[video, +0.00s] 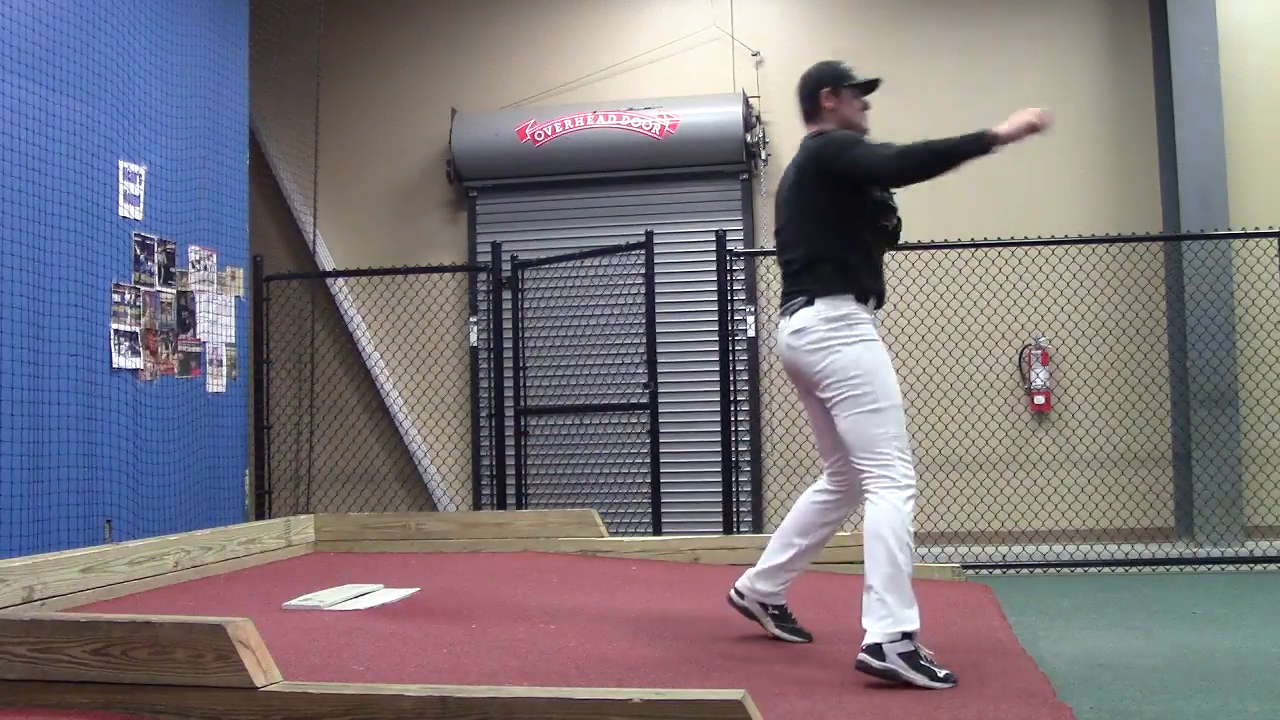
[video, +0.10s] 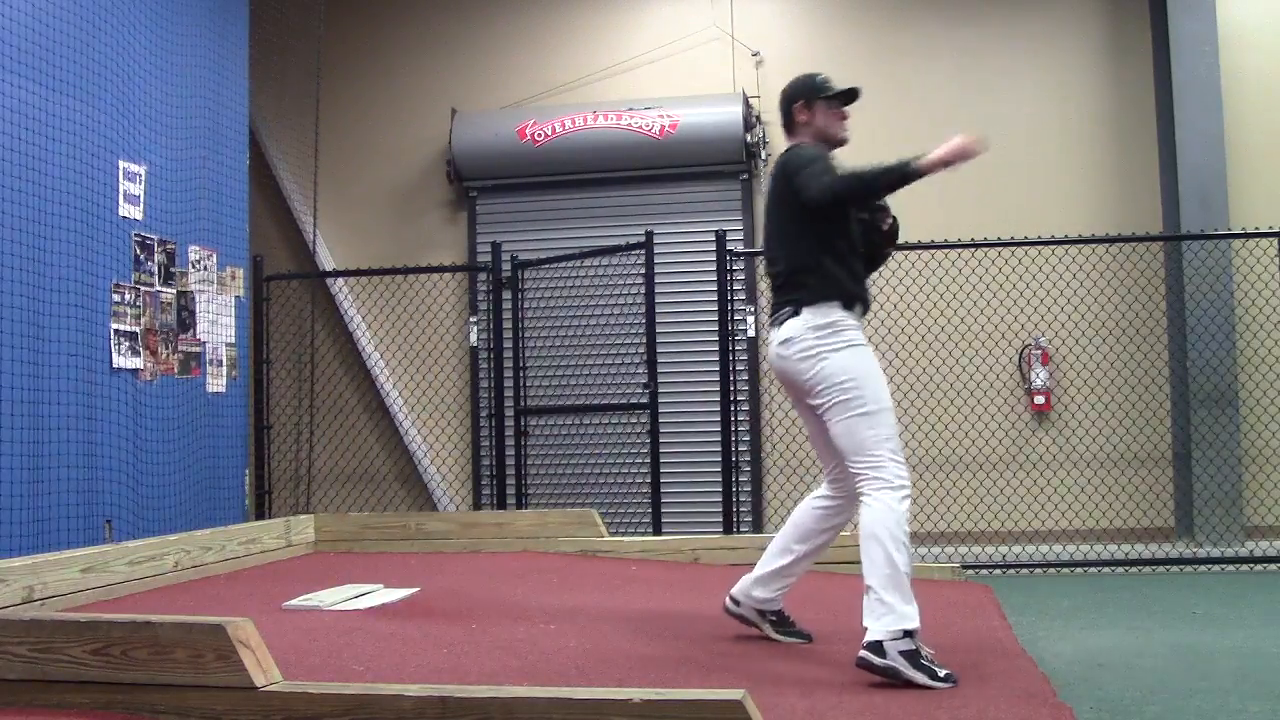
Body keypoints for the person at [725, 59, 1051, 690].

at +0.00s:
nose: (867, 102)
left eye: (865, 94)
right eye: (857, 94)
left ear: (824, 102)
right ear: (826, 100)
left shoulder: (804, 167)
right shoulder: (831, 148)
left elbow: (876, 237)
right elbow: (900, 161)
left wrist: (874, 214)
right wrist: (993, 136)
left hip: (803, 328)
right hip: (837, 325)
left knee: (843, 479)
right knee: (891, 480)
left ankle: (761, 587)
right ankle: (888, 639)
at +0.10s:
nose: (844, 116)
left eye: (844, 108)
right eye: (834, 107)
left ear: (806, 116)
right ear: (801, 113)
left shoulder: (799, 172)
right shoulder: (804, 157)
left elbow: (833, 266)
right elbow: (829, 190)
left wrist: (876, 241)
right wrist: (925, 163)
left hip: (791, 338)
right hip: (824, 332)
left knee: (844, 484)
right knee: (884, 481)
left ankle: (756, 594)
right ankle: (891, 637)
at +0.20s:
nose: (820, 121)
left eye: (823, 112)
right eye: (807, 112)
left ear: (819, 121)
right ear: (778, 122)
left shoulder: (798, 186)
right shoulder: (777, 167)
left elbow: (821, 288)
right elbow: (769, 229)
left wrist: (871, 255)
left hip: (784, 335)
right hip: (797, 328)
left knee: (824, 483)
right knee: (855, 468)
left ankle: (749, 603)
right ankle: (887, 624)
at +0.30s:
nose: (798, 116)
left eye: (802, 108)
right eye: (785, 108)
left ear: (806, 118)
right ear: (760, 117)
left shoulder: (804, 193)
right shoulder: (748, 165)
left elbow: (818, 282)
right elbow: (711, 240)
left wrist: (862, 260)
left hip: (794, 320)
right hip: (765, 317)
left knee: (807, 469)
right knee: (819, 455)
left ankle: (746, 606)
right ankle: (848, 617)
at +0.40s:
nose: (772, 108)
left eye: (780, 99)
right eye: (761, 100)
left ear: (789, 107)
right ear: (742, 108)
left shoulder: (805, 185)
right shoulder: (725, 159)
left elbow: (805, 268)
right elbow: (677, 234)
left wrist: (835, 250)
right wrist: (719, 262)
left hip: (786, 318)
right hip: (741, 309)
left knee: (790, 453)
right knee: (791, 444)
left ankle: (750, 602)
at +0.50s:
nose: (751, 105)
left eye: (758, 96)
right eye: (740, 98)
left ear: (772, 104)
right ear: (723, 108)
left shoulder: (793, 179)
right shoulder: (703, 159)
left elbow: (810, 263)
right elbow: (653, 231)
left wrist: (807, 251)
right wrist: (699, 250)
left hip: (775, 319)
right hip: (719, 309)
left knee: (770, 460)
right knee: (740, 445)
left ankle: (746, 606)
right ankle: (683, 575)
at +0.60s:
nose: (725, 111)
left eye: (733, 102)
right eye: (715, 105)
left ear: (750, 108)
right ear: (702, 114)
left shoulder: (777, 181)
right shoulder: (681, 165)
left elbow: (801, 263)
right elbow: (639, 241)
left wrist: (768, 249)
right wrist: (692, 249)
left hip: (758, 327)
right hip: (694, 321)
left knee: (755, 465)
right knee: (680, 455)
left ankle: (744, 606)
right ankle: (636, 559)